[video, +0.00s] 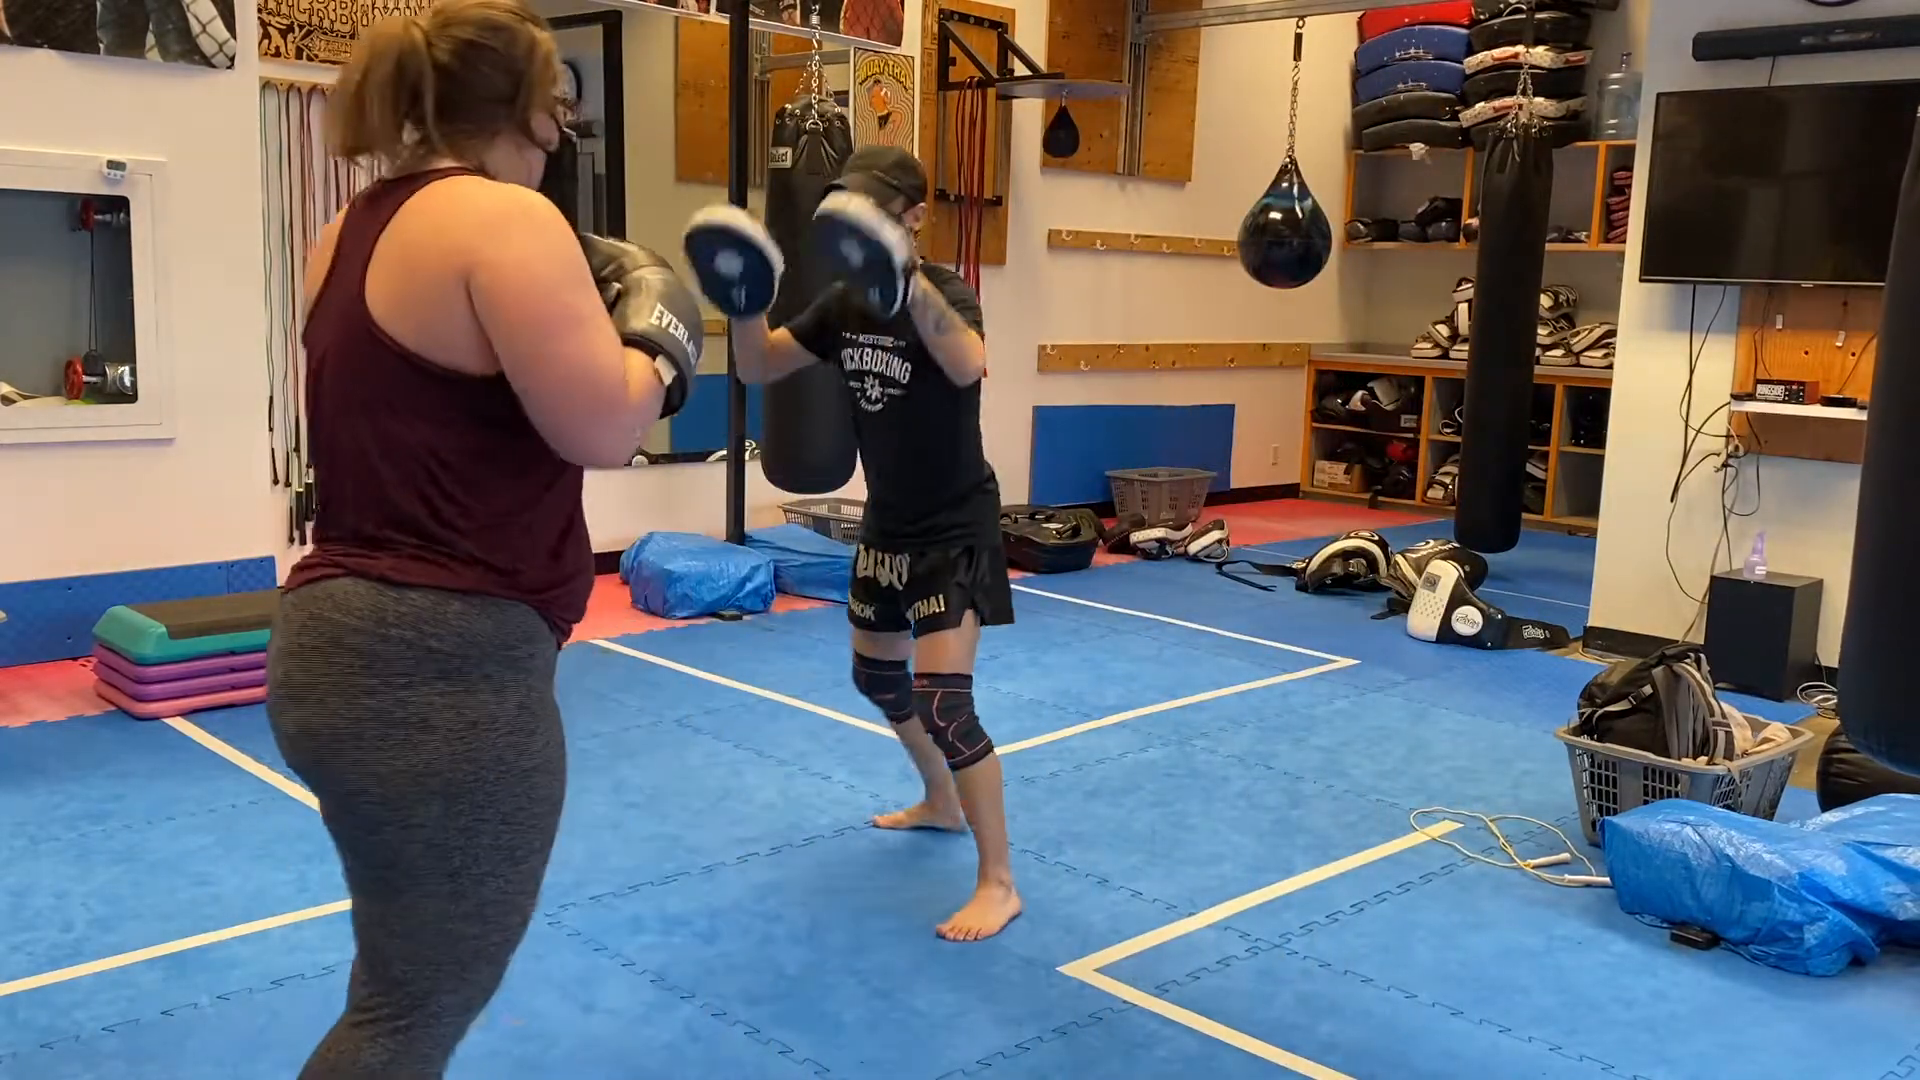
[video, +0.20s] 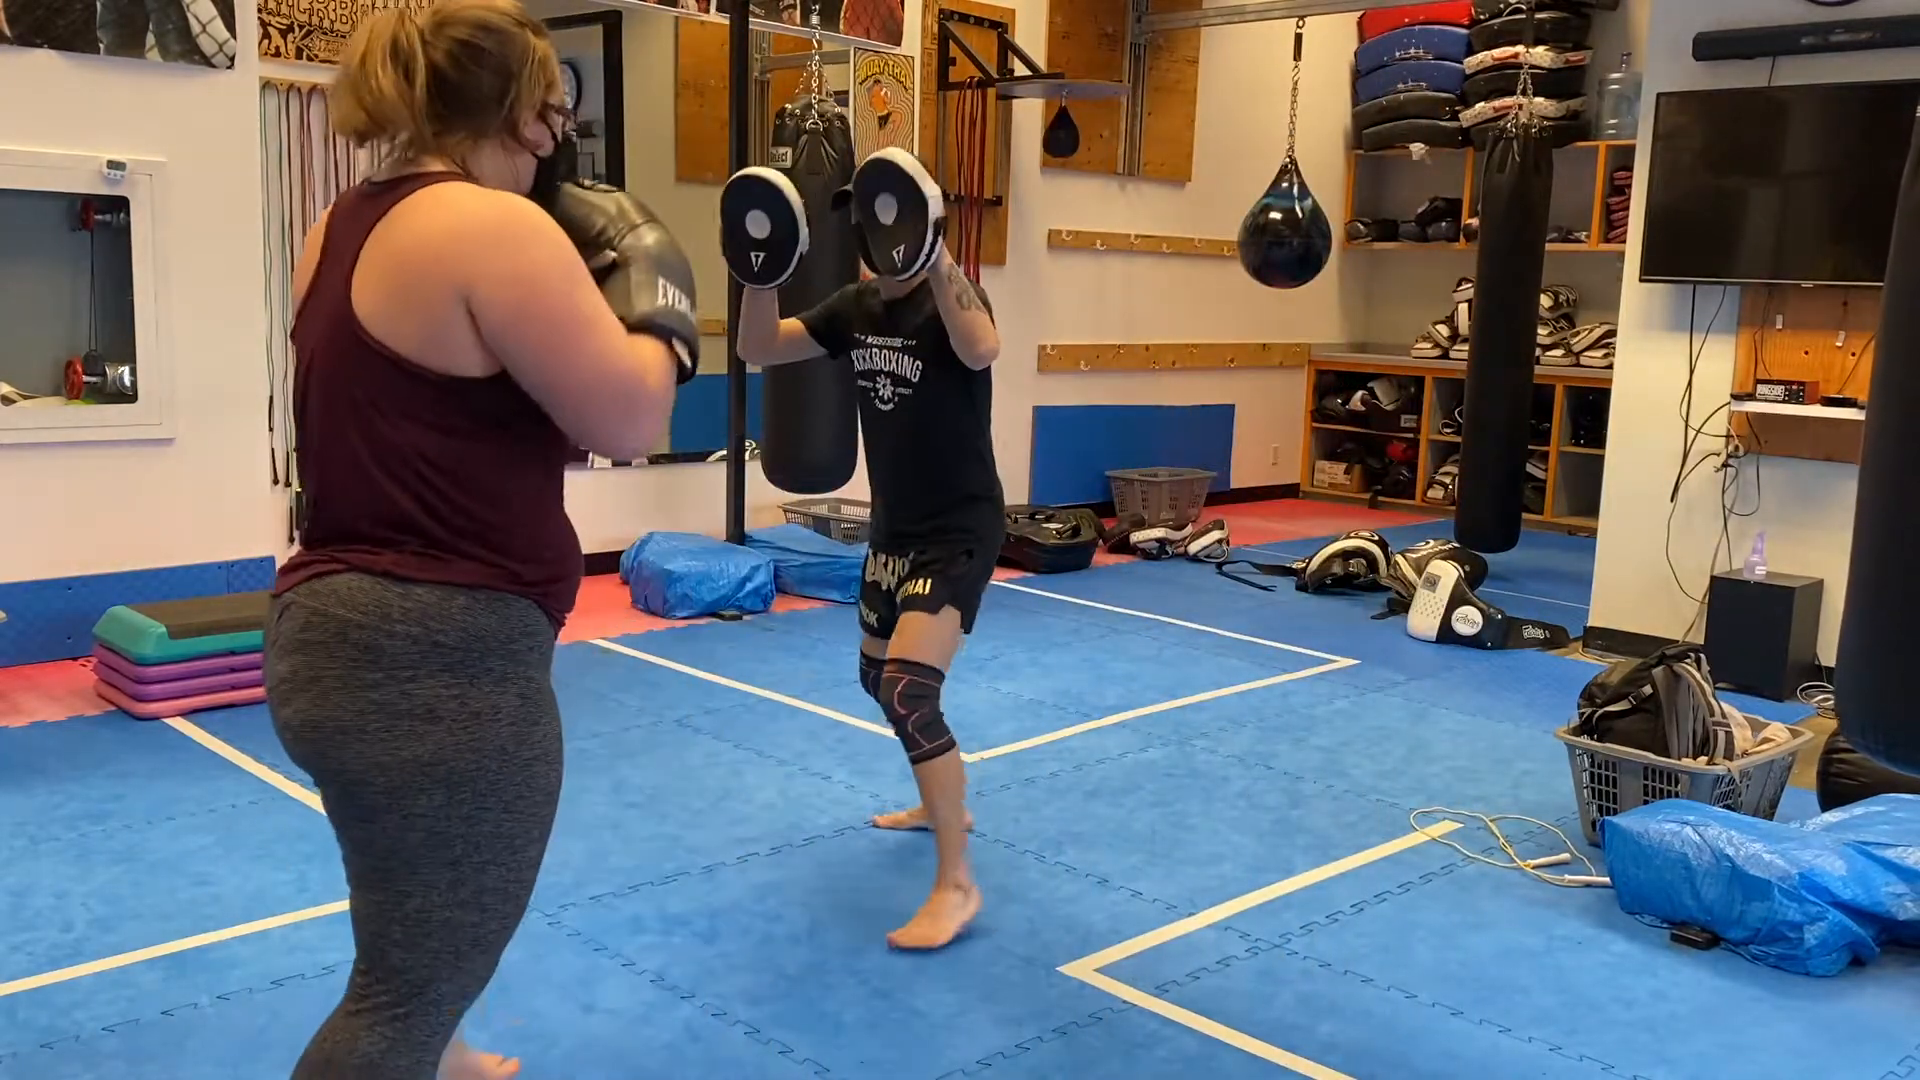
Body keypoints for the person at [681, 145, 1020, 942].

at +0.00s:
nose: (859, 233)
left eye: (874, 218)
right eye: (850, 221)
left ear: (911, 216)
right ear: (842, 228)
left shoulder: (944, 290)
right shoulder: (840, 300)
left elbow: (967, 367)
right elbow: (756, 367)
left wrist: (911, 284)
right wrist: (745, 295)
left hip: (954, 518)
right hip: (886, 519)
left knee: (944, 706)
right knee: (881, 677)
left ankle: (998, 881)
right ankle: (943, 802)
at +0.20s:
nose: (889, 251)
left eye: (905, 233)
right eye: (878, 233)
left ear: (932, 233)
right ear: (862, 235)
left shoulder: (961, 298)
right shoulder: (854, 305)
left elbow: (977, 347)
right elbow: (759, 345)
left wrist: (939, 264)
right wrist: (761, 267)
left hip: (960, 520)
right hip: (894, 521)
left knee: (911, 689)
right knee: (881, 676)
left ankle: (956, 884)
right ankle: (942, 801)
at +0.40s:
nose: (882, 248)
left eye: (898, 233)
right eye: (877, 235)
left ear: (926, 239)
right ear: (869, 245)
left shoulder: (959, 313)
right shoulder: (869, 317)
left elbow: (956, 369)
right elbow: (783, 361)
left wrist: (920, 283)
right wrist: (768, 293)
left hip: (963, 540)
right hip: (905, 539)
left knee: (900, 714)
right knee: (913, 681)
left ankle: (942, 914)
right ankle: (946, 802)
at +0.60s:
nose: (856, 250)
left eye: (869, 232)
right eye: (850, 235)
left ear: (915, 226)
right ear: (880, 232)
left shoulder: (953, 302)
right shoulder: (888, 299)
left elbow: (903, 355)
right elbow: (815, 365)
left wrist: (841, 273)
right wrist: (774, 292)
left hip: (982, 539)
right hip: (938, 537)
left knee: (907, 713)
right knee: (954, 673)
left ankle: (945, 912)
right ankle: (999, 794)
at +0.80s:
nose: (876, 251)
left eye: (888, 238)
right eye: (872, 240)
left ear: (933, 231)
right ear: (903, 237)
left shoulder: (968, 314)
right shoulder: (911, 305)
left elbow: (947, 392)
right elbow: (846, 366)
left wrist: (889, 303)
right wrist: (816, 311)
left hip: (995, 539)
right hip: (968, 534)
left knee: (908, 702)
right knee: (982, 678)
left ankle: (948, 898)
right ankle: (1029, 806)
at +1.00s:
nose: (886, 252)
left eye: (899, 240)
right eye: (883, 239)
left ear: (949, 240)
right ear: (902, 242)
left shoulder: (975, 320)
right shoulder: (915, 311)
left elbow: (933, 406)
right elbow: (851, 385)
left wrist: (864, 336)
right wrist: (837, 317)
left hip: (1009, 546)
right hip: (962, 541)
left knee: (925, 707)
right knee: (968, 687)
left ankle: (961, 898)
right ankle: (1029, 807)